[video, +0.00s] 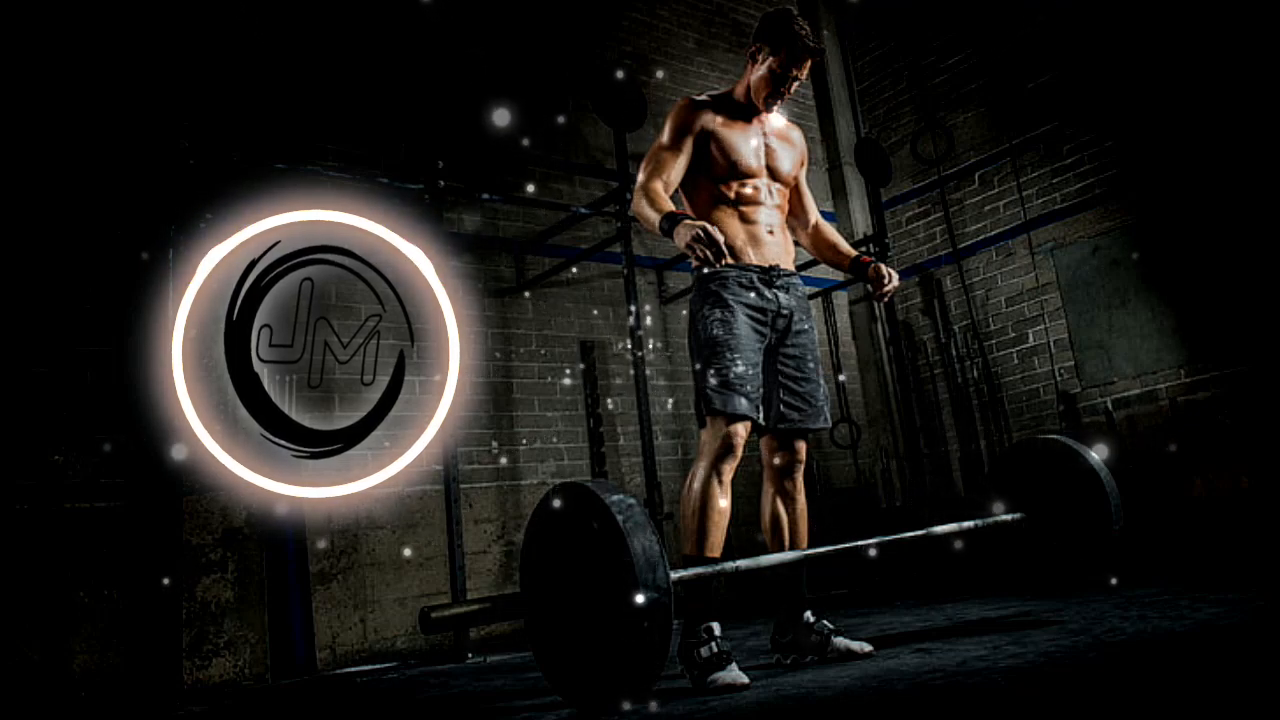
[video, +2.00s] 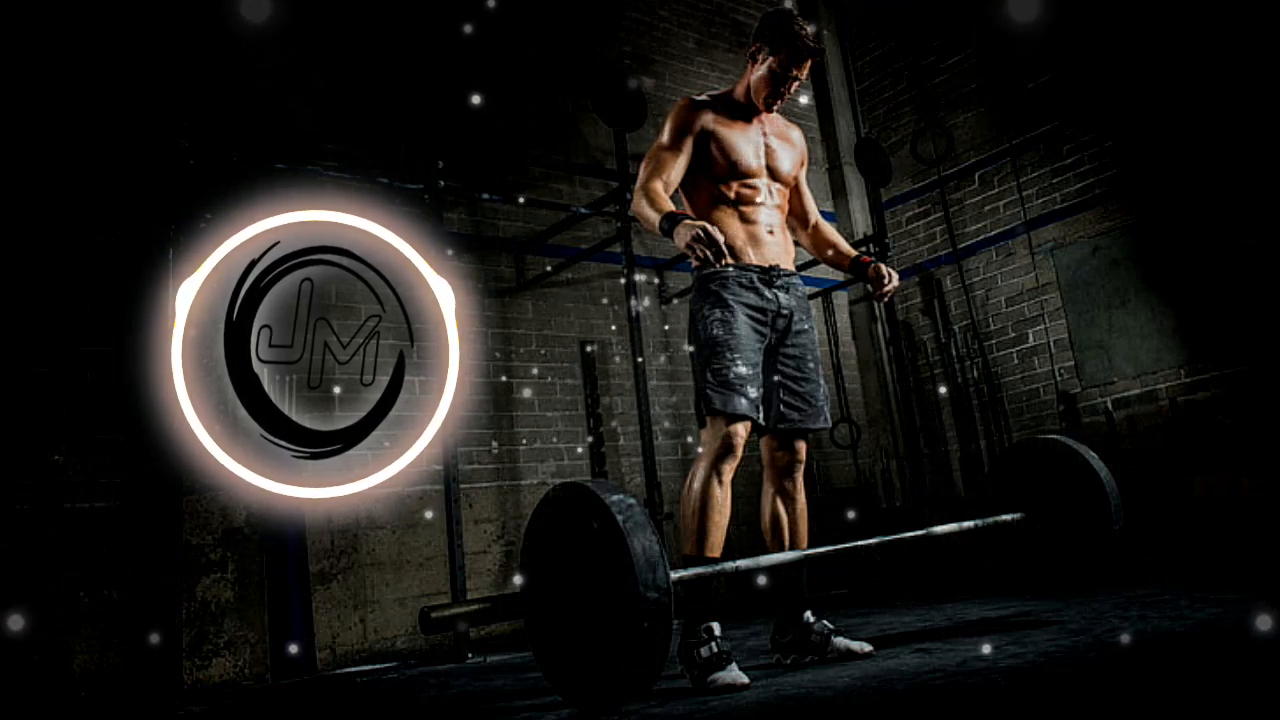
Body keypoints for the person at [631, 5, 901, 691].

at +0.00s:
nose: (787, 95)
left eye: (797, 85)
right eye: (784, 78)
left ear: (801, 78)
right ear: (756, 59)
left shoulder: (791, 136)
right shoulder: (697, 115)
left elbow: (809, 225)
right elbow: (644, 199)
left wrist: (861, 265)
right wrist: (676, 225)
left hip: (790, 297)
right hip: (730, 292)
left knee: (790, 455)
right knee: (729, 437)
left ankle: (797, 624)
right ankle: (698, 633)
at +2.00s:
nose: (790, 93)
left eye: (800, 82)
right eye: (787, 76)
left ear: (805, 77)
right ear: (757, 58)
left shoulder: (792, 136)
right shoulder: (697, 115)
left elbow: (809, 224)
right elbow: (645, 199)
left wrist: (860, 264)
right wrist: (677, 225)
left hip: (790, 296)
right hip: (731, 291)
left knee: (789, 455)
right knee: (729, 438)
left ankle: (796, 625)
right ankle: (698, 634)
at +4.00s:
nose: (788, 91)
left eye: (798, 81)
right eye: (785, 75)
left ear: (800, 77)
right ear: (756, 58)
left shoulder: (792, 137)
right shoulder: (698, 115)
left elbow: (809, 224)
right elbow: (644, 199)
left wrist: (860, 265)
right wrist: (674, 227)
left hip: (790, 296)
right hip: (730, 292)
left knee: (790, 454)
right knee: (729, 437)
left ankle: (797, 624)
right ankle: (698, 633)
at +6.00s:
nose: (788, 90)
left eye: (798, 80)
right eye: (785, 74)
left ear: (800, 77)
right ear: (756, 58)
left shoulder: (792, 137)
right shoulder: (697, 116)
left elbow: (809, 224)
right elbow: (645, 198)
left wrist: (860, 265)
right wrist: (674, 226)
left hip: (790, 297)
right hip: (730, 293)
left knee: (790, 454)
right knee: (729, 438)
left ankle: (797, 624)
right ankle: (699, 634)